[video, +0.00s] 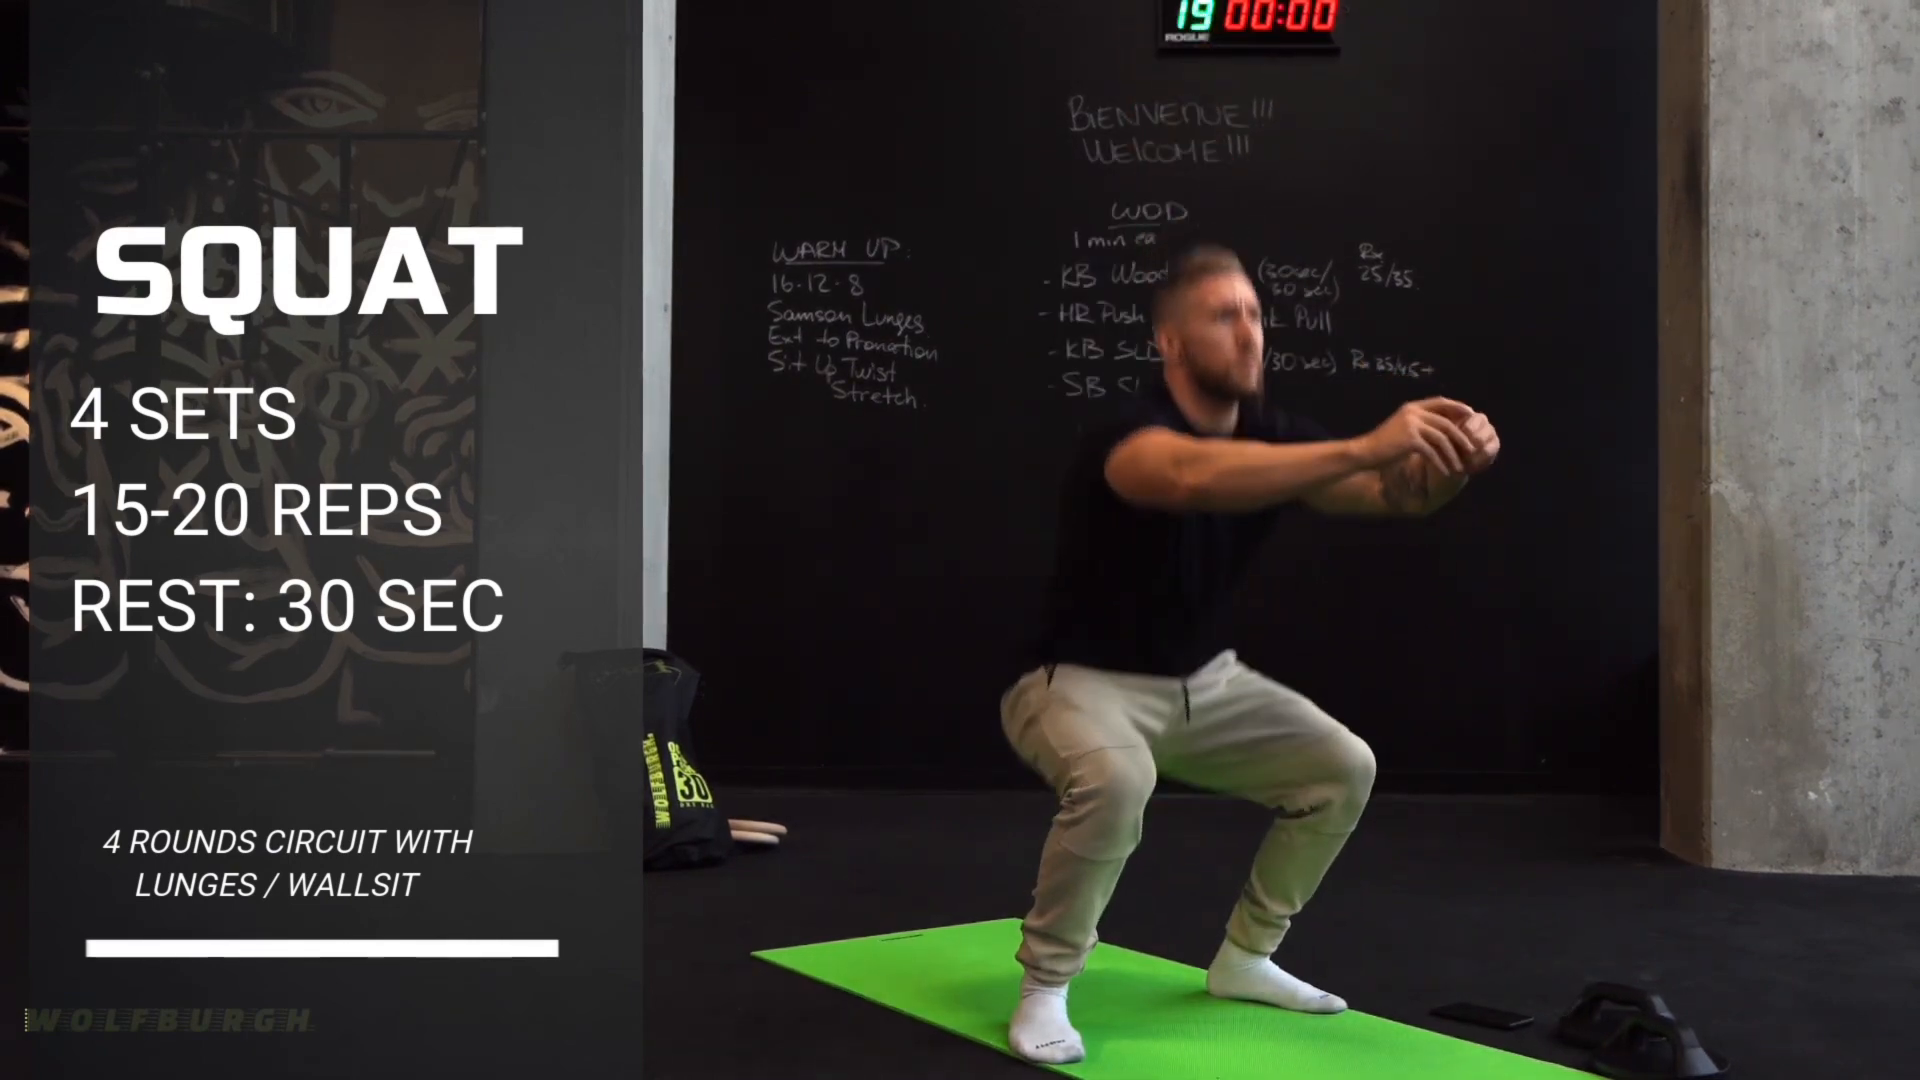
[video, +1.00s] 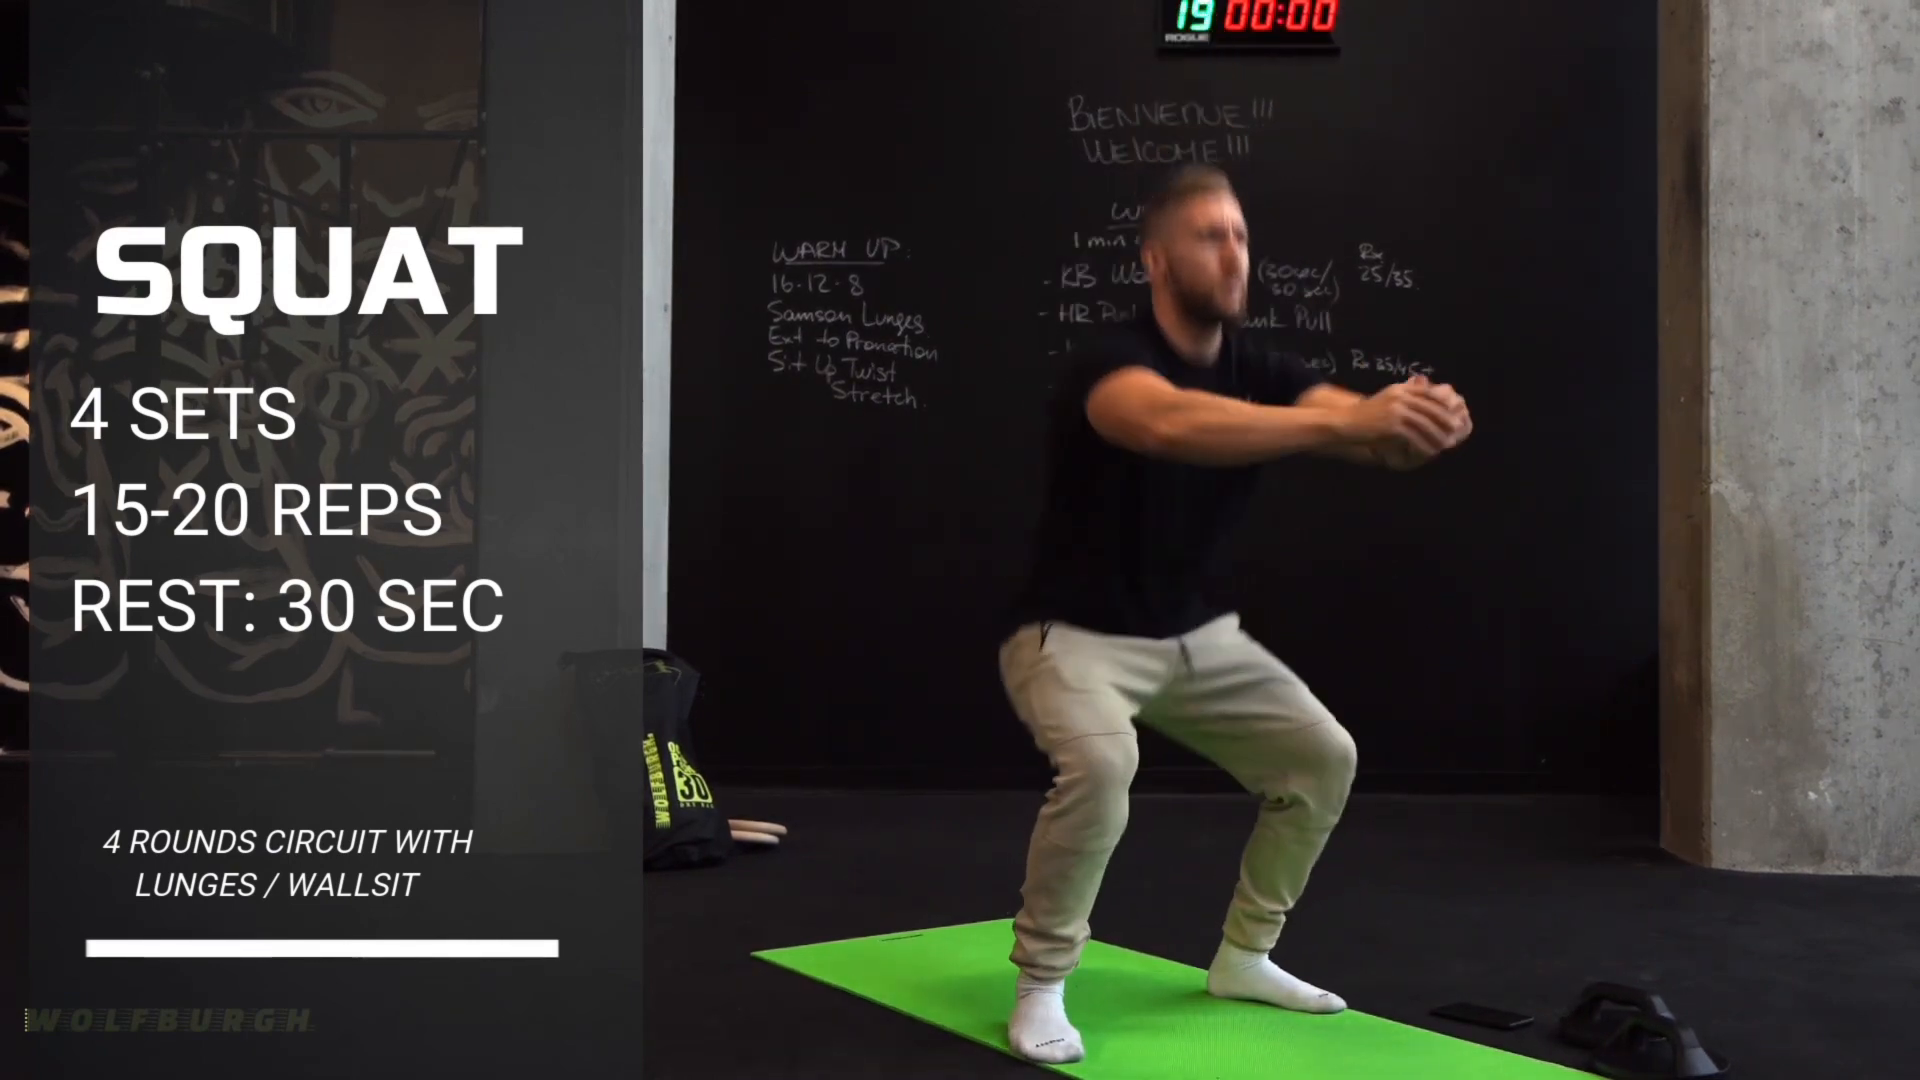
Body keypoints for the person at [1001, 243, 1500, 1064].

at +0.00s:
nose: (1250, 331)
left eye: (1255, 315)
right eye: (1225, 317)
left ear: (1264, 333)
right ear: (1169, 345)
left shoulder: (1266, 440)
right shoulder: (1125, 437)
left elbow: (1381, 492)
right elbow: (1193, 478)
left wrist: (1449, 467)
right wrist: (1364, 448)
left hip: (1205, 688)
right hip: (1082, 685)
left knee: (1342, 769)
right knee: (1115, 781)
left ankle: (1244, 961)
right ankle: (1044, 989)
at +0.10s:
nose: (1244, 255)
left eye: (1248, 240)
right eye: (1220, 241)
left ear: (1257, 258)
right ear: (1164, 265)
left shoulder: (1262, 373)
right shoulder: (1115, 363)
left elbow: (1358, 426)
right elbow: (1175, 443)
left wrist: (1443, 449)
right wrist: (1349, 451)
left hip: (1210, 641)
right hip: (1089, 642)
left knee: (1339, 766)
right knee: (1120, 776)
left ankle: (1244, 960)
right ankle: (1045, 986)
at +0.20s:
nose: (1230, 145)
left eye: (1235, 128)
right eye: (1205, 130)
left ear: (1245, 148)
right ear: (1150, 152)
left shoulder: (1262, 278)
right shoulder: (1103, 259)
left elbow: (1342, 383)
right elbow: (1114, 397)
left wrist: (1412, 469)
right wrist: (1228, 494)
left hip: (1227, 578)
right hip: (1107, 575)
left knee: (1310, 756)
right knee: (1115, 763)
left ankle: (1242, 959)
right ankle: (1045, 981)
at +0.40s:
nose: (1222, 61)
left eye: (1226, 45)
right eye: (1197, 46)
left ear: (1233, 71)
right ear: (1144, 76)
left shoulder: (1260, 205)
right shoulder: (1093, 192)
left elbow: (1308, 363)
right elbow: (1044, 357)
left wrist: (1321, 503)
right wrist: (1062, 514)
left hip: (1242, 526)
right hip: (1123, 520)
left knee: (1250, 743)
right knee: (1093, 742)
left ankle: (1239, 955)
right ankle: (1040, 981)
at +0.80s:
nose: (1216, 87)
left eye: (1222, 71)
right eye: (1190, 72)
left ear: (1231, 97)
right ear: (1137, 98)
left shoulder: (1252, 231)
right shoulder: (1090, 212)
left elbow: (1325, 364)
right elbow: (1075, 363)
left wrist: (1368, 484)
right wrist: (1183, 480)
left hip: (1229, 543)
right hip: (1107, 541)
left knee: (1279, 745)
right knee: (1099, 755)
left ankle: (1241, 957)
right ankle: (1041, 983)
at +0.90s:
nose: (1222, 142)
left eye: (1229, 126)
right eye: (1198, 126)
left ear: (1238, 147)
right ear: (1143, 147)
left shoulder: (1254, 279)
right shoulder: (1095, 261)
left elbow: (1342, 377)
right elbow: (1116, 382)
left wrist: (1399, 446)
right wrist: (1271, 444)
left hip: (1210, 577)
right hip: (1091, 573)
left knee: (1302, 755)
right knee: (1099, 760)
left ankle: (1241, 958)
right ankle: (1043, 981)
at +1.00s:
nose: (1234, 254)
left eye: (1240, 237)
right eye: (1211, 238)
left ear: (1248, 254)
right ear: (1157, 255)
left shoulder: (1255, 367)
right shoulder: (1108, 362)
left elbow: (1349, 425)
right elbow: (1167, 426)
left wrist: (1416, 425)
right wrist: (1343, 423)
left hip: (1196, 638)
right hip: (1073, 638)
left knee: (1324, 759)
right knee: (1099, 768)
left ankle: (1242, 961)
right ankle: (1041, 985)